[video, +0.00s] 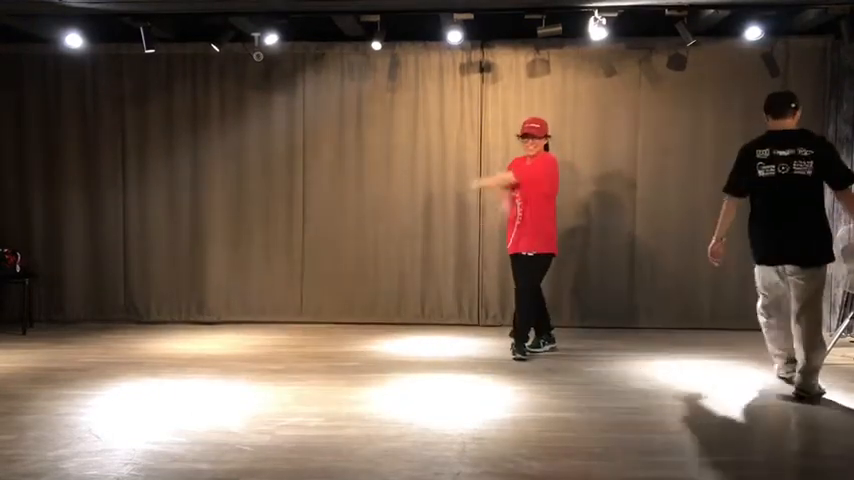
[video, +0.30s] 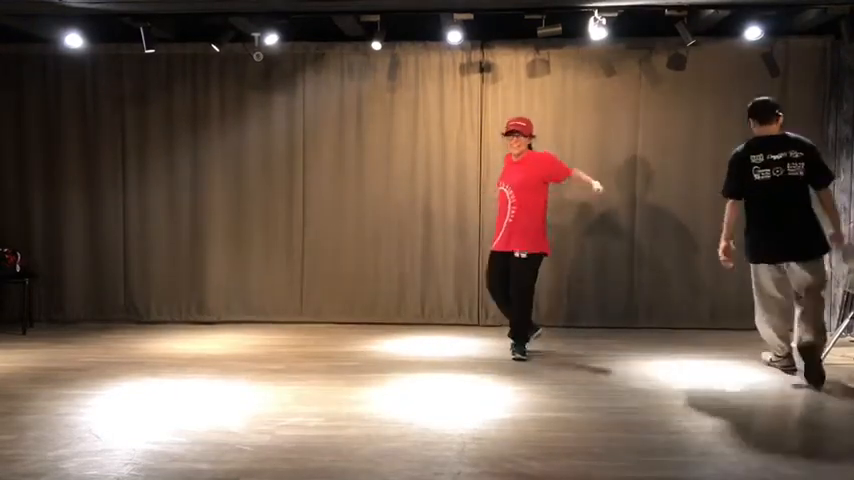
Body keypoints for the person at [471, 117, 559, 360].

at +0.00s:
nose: (530, 143)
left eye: (535, 139)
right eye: (526, 138)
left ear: (545, 141)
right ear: (521, 140)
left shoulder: (547, 163)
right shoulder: (517, 166)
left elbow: (513, 178)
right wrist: (503, 192)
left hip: (540, 240)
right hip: (518, 239)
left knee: (526, 289)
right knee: (529, 289)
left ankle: (519, 340)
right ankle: (545, 335)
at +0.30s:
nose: (514, 140)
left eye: (519, 136)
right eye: (511, 136)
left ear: (529, 140)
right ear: (507, 140)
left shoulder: (542, 161)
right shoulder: (509, 163)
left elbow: (571, 173)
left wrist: (593, 183)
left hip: (529, 241)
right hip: (504, 239)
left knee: (521, 291)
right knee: (495, 285)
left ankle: (519, 342)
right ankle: (526, 326)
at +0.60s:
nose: (519, 148)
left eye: (523, 144)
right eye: (515, 144)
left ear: (531, 142)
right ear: (506, 141)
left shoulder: (538, 166)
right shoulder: (495, 166)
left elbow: (544, 199)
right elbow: (475, 189)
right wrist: (458, 201)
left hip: (528, 244)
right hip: (497, 242)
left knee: (523, 297)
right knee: (486, 292)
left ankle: (519, 343)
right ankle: (473, 340)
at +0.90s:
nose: (503, 149)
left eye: (507, 145)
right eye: (498, 145)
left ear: (513, 142)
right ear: (489, 141)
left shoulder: (520, 159)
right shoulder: (479, 165)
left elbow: (507, 174)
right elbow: (494, 189)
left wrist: (474, 169)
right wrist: (526, 181)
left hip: (517, 242)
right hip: (485, 241)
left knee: (517, 297)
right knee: (480, 296)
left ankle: (519, 343)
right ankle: (475, 345)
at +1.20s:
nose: (494, 142)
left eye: (497, 137)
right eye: (488, 138)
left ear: (502, 138)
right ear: (478, 141)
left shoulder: (515, 166)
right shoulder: (466, 170)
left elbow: (536, 197)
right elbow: (444, 200)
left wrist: (553, 219)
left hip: (510, 244)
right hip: (476, 246)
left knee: (520, 292)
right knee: (476, 298)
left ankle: (518, 340)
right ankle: (475, 346)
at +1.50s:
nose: (507, 140)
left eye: (511, 136)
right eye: (502, 136)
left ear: (517, 139)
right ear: (492, 138)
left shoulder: (524, 168)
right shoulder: (475, 169)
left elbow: (527, 204)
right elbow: (454, 201)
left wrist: (520, 232)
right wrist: (440, 226)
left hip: (518, 246)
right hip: (484, 247)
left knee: (528, 298)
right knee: (481, 298)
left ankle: (540, 350)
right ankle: (475, 347)